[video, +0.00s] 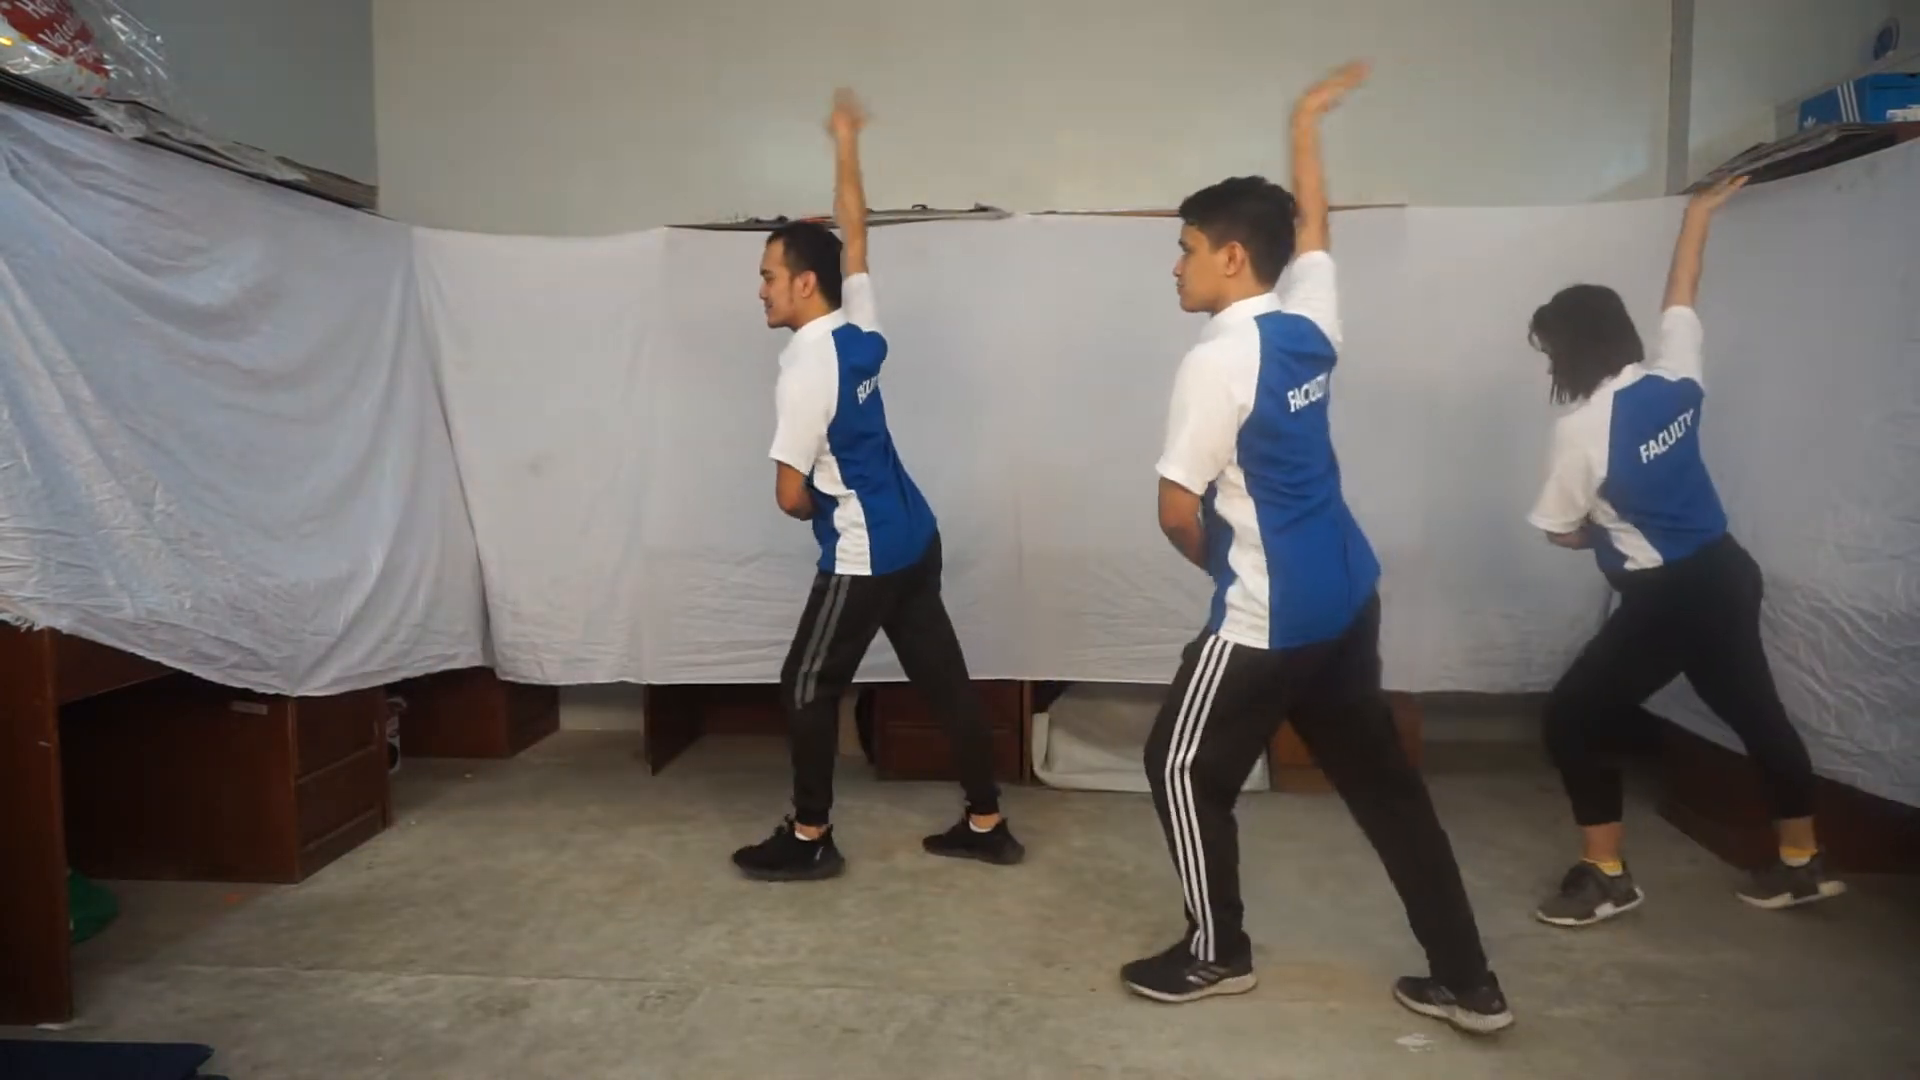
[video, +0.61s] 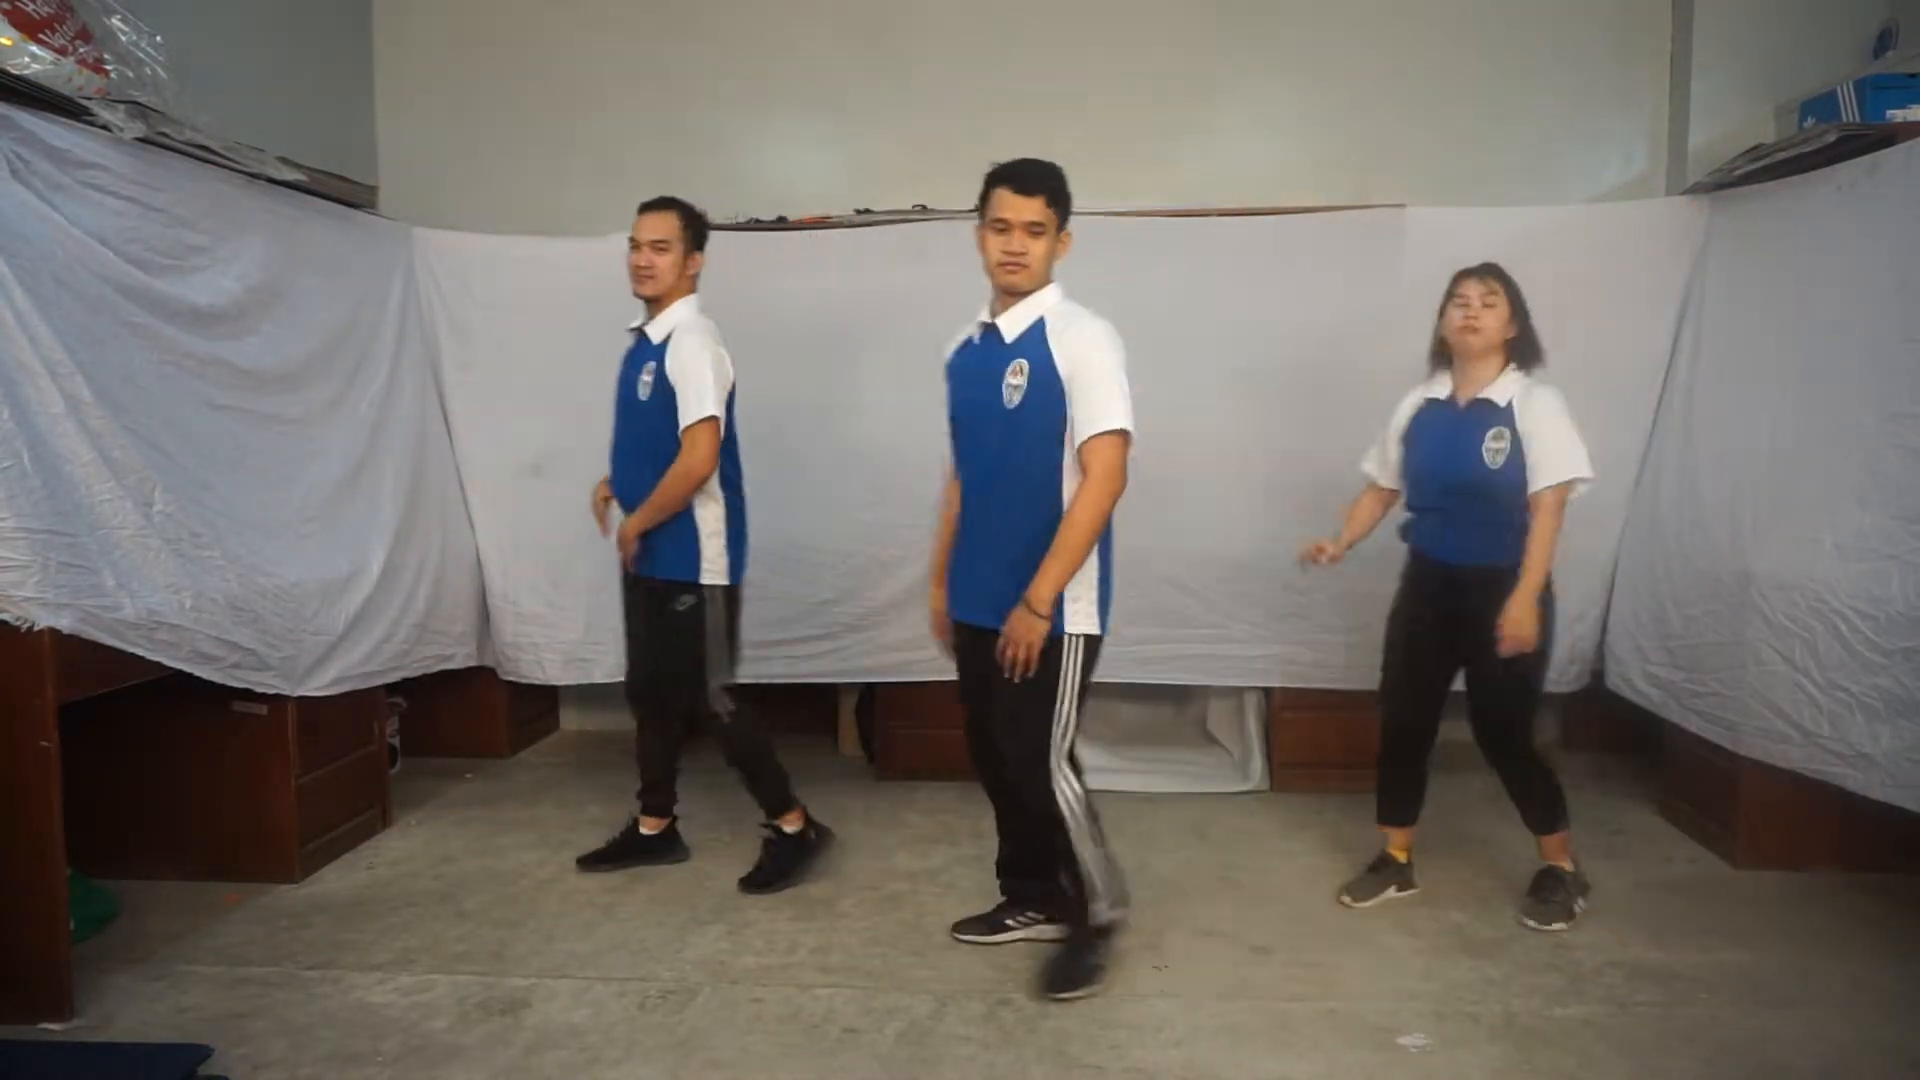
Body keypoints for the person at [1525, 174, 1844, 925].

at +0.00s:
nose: (1548, 364)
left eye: (1550, 352)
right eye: (1546, 351)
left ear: (1571, 350)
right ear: (1617, 333)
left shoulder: (1580, 428)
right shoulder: (1674, 375)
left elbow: (1561, 528)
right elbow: (1684, 293)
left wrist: (1611, 524)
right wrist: (1698, 214)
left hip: (1667, 598)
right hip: (1728, 574)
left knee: (1570, 717)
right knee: (1762, 715)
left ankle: (1605, 872)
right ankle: (1801, 862)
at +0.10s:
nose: (1545, 363)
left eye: (1549, 348)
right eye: (1544, 348)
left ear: (1573, 350)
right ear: (1618, 341)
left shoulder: (1574, 431)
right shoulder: (1662, 386)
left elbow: (1551, 534)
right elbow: (1661, 311)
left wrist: (1589, 505)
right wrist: (1656, 236)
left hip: (1647, 605)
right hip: (1706, 583)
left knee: (1551, 727)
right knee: (1740, 719)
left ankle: (1581, 883)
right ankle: (1796, 863)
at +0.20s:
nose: (1534, 348)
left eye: (1541, 335)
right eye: (1535, 334)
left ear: (1572, 339)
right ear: (1605, 337)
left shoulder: (1569, 414)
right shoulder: (1636, 392)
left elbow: (1524, 532)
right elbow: (1607, 337)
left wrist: (1548, 542)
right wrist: (1587, 280)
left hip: (1614, 601)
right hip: (1663, 587)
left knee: (1529, 725)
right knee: (1671, 724)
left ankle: (1581, 883)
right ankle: (1766, 854)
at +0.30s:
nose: (1522, 333)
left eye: (1534, 320)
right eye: (1524, 320)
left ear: (1573, 329)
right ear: (1583, 333)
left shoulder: (1564, 405)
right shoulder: (1594, 388)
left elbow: (1514, 514)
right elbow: (1523, 418)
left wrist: (1484, 560)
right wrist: (1500, 352)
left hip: (1588, 595)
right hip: (1615, 588)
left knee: (1532, 729)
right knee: (1573, 709)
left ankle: (1583, 884)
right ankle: (1684, 825)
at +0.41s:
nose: (1500, 323)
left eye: (1516, 312)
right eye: (1502, 310)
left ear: (1557, 328)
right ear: (1523, 326)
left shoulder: (1559, 404)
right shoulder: (1526, 401)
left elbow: (1523, 513)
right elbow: (1461, 471)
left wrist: (1453, 592)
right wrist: (1401, 424)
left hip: (1579, 594)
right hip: (1539, 591)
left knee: (1535, 721)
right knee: (1477, 714)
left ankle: (1585, 879)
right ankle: (1566, 838)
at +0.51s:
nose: (1483, 317)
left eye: (1501, 308)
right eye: (1479, 308)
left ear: (1536, 329)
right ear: (1472, 325)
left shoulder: (1548, 409)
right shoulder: (1461, 413)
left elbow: (1534, 517)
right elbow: (1426, 491)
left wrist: (1473, 602)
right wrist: (1349, 502)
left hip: (1552, 590)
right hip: (1480, 588)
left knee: (1538, 726)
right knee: (1434, 708)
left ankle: (1584, 881)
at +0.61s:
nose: (1469, 312)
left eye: (1485, 304)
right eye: (1458, 304)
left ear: (1512, 324)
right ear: (1441, 322)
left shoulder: (1533, 400)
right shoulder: (1420, 403)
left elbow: (1549, 506)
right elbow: (1382, 488)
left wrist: (1526, 597)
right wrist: (1342, 540)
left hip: (1503, 589)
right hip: (1426, 584)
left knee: (1505, 736)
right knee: (1403, 722)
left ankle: (1560, 867)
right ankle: (1394, 859)